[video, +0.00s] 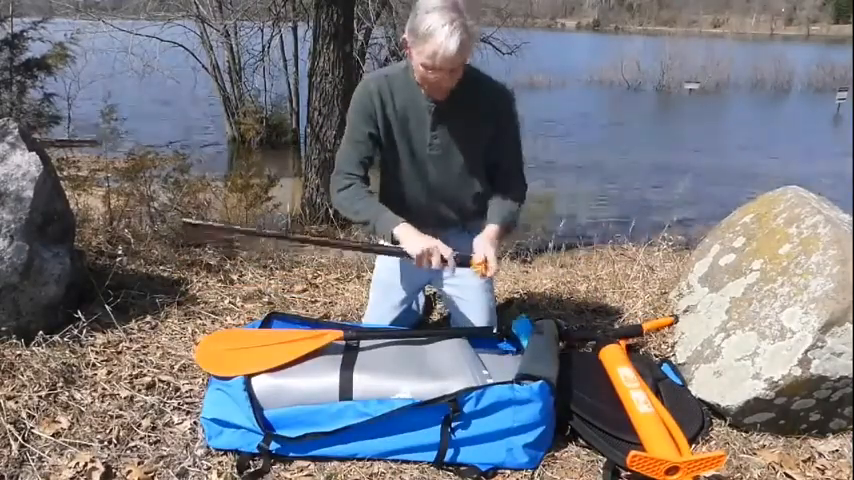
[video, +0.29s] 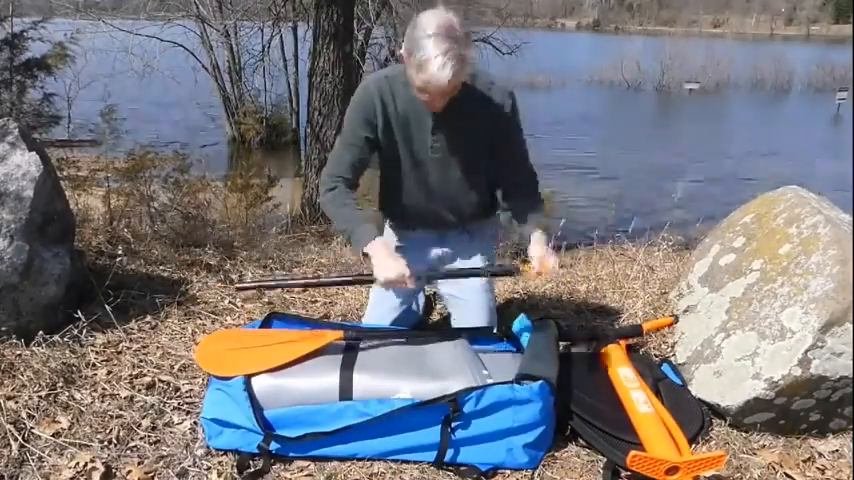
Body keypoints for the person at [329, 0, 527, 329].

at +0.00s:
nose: (442, 81)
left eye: (453, 70)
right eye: (430, 69)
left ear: (467, 57)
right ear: (408, 48)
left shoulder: (494, 99)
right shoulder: (376, 93)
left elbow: (510, 183)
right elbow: (345, 186)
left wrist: (489, 237)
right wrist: (404, 232)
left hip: (467, 242)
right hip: (399, 241)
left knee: (480, 352)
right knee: (376, 350)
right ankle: (419, 308)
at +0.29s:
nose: (437, 104)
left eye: (449, 93)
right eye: (425, 92)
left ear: (465, 66)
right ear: (404, 59)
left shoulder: (495, 102)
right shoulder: (377, 95)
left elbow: (518, 182)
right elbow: (334, 186)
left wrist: (536, 234)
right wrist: (375, 247)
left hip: (471, 240)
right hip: (403, 239)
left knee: (478, 352)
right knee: (375, 350)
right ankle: (419, 307)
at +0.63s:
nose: (425, 106)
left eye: (432, 94)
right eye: (411, 96)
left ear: (438, 72)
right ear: (378, 78)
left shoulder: (473, 111)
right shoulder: (355, 109)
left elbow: (492, 208)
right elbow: (361, 199)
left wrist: (446, 278)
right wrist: (366, 264)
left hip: (465, 239)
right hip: (399, 242)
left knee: (467, 354)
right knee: (390, 353)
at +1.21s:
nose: (362, 145)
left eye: (374, 137)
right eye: (357, 133)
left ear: (411, 120)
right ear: (353, 118)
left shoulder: (468, 139)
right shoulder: (347, 144)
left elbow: (502, 231)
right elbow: (305, 214)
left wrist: (503, 321)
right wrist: (255, 283)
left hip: (467, 243)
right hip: (401, 246)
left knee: (484, 351)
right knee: (374, 342)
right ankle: (426, 310)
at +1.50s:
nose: (269, 145)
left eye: (270, 133)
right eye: (263, 139)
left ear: (296, 109)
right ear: (296, 111)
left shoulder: (366, 128)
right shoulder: (306, 146)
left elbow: (341, 229)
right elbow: (287, 219)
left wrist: (270, 297)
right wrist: (250, 276)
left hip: (445, 228)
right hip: (391, 239)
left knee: (470, 343)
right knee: (374, 341)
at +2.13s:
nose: (368, 136)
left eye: (377, 127)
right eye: (360, 126)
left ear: (402, 112)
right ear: (349, 111)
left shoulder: (455, 139)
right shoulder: (340, 137)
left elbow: (498, 223)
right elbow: (316, 200)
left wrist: (516, 305)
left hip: (458, 249)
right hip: (394, 249)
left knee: (469, 356)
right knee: (382, 352)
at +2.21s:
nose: (354, 134)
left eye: (362, 124)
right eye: (347, 123)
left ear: (395, 104)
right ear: (337, 108)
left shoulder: (454, 133)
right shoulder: (339, 127)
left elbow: (482, 216)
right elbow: (328, 170)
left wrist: (481, 277)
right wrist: (270, 186)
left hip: (452, 244)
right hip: (391, 242)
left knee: (458, 343)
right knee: (377, 341)